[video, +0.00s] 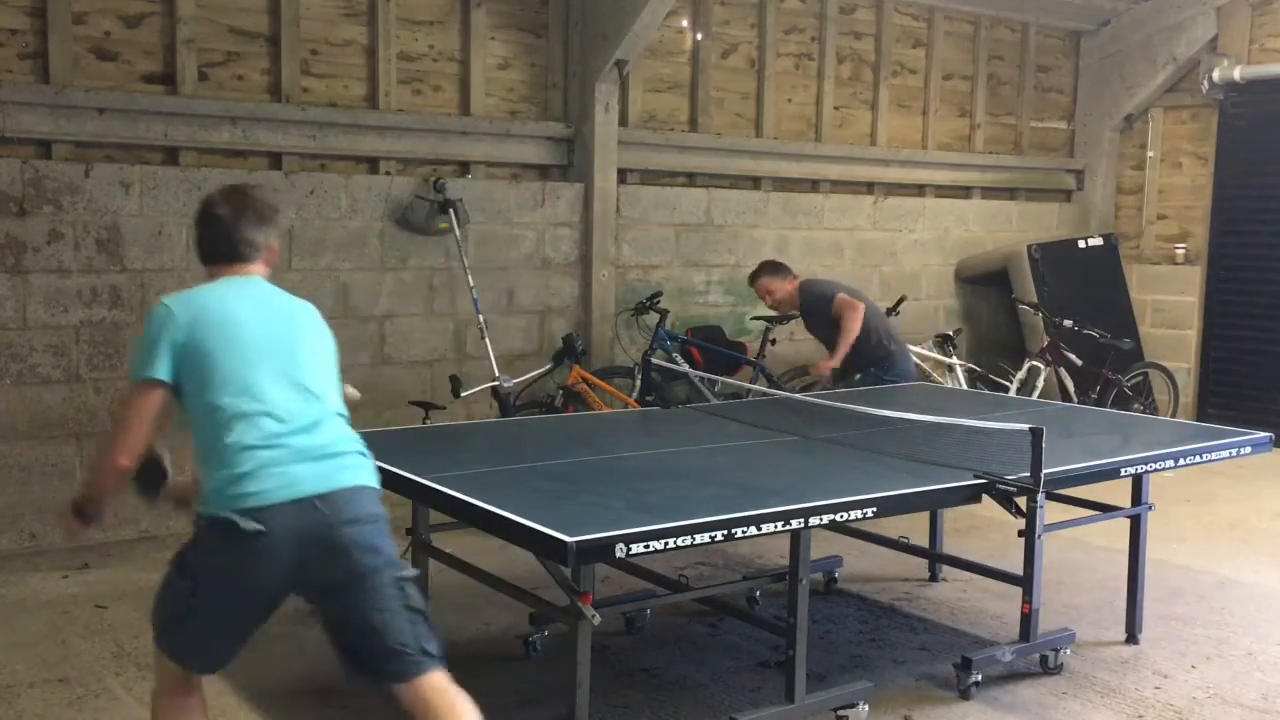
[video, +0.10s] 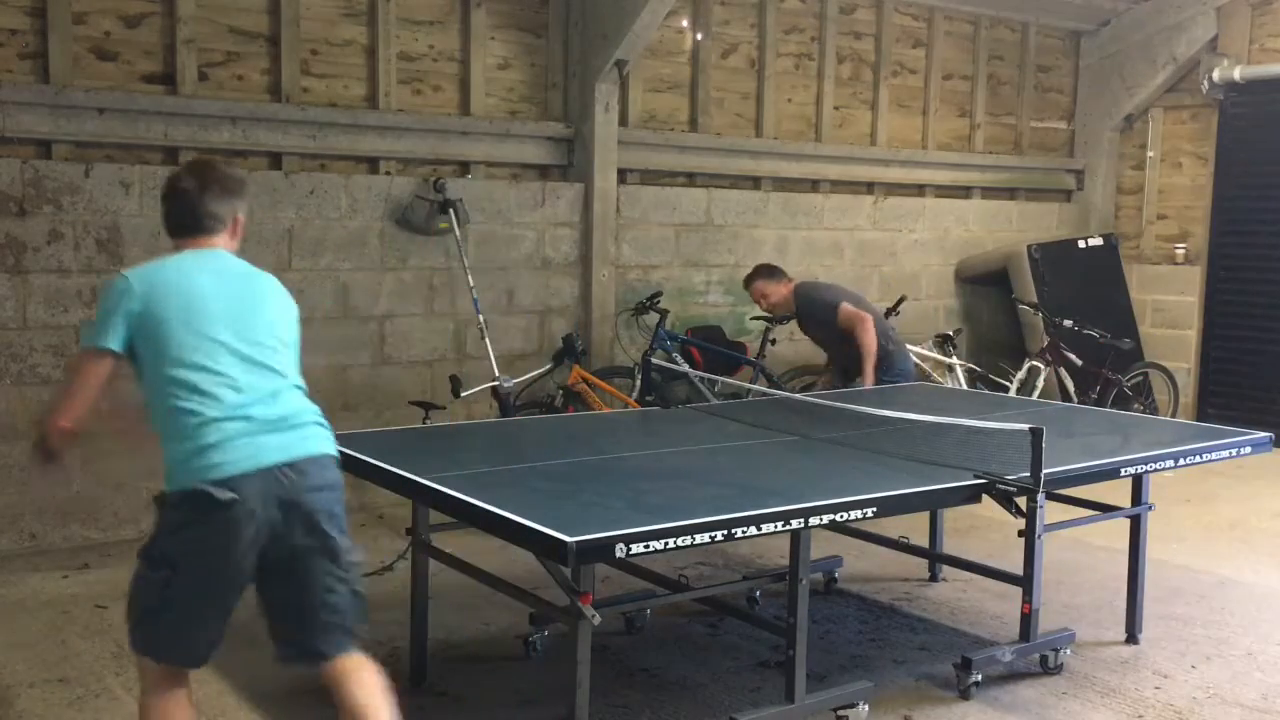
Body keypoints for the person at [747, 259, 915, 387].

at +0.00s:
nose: (768, 302)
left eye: (769, 293)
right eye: (763, 299)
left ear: (788, 280)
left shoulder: (810, 291)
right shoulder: (809, 305)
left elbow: (854, 309)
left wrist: (837, 358)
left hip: (886, 373)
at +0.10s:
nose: (763, 306)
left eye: (764, 297)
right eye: (758, 303)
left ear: (784, 284)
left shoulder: (808, 296)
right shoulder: (804, 309)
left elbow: (863, 322)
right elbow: (838, 346)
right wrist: (827, 382)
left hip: (888, 372)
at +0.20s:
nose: (769, 301)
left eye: (773, 291)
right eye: (765, 295)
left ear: (795, 281)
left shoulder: (822, 297)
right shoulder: (803, 310)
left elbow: (881, 326)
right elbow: (832, 348)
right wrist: (820, 383)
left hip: (884, 374)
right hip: (851, 375)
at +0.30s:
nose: (794, 290)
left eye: (798, 281)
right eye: (791, 284)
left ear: (819, 272)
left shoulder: (852, 293)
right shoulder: (815, 307)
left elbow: (908, 320)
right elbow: (829, 347)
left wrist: (938, 362)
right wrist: (815, 384)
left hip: (895, 374)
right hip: (856, 377)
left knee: (892, 439)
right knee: (852, 437)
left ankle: (893, 505)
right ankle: (857, 501)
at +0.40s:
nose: (837, 271)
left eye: (843, 262)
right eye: (833, 264)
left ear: (864, 257)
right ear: (830, 264)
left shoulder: (895, 282)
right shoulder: (843, 289)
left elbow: (951, 312)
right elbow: (849, 325)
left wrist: (984, 358)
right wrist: (827, 361)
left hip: (912, 368)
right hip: (872, 366)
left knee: (901, 434)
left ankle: (896, 504)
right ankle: (852, 495)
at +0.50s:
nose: (890, 255)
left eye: (897, 247)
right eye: (884, 248)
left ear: (914, 244)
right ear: (878, 247)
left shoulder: (938, 272)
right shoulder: (877, 273)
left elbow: (989, 307)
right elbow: (868, 306)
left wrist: (1032, 341)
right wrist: (848, 333)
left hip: (934, 372)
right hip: (891, 368)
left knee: (921, 439)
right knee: (879, 431)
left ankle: (898, 503)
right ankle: (879, 496)